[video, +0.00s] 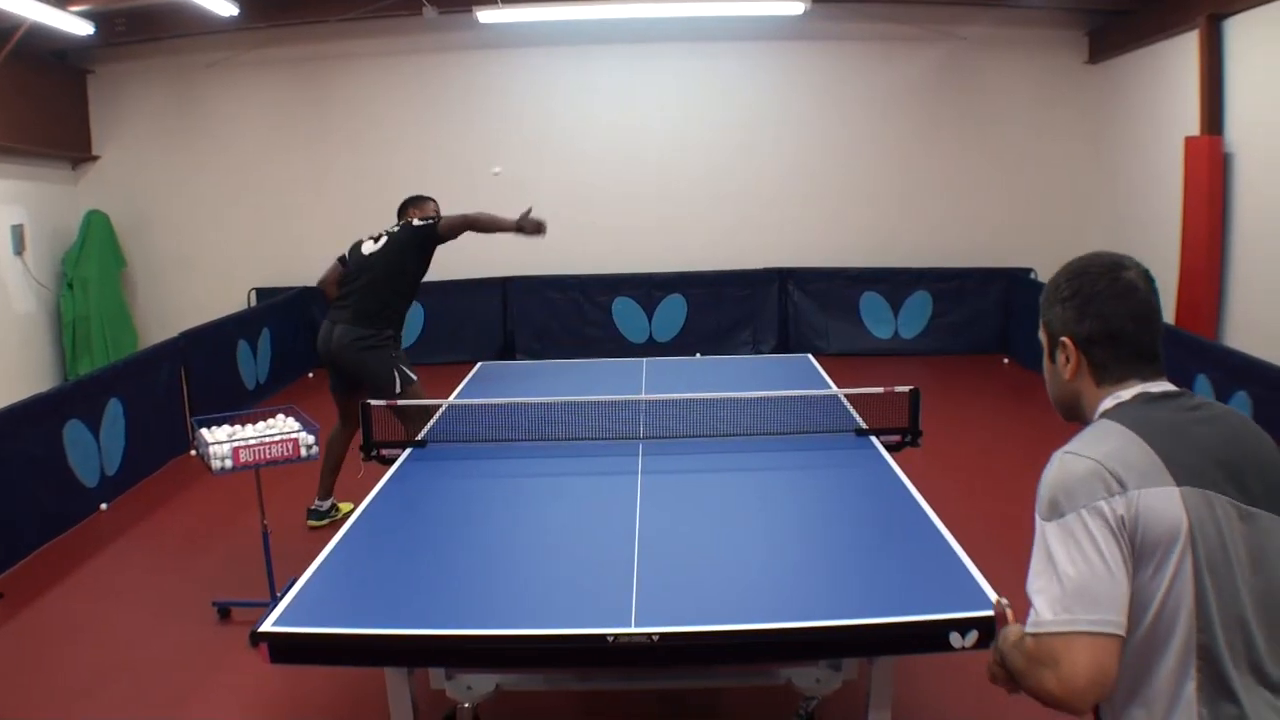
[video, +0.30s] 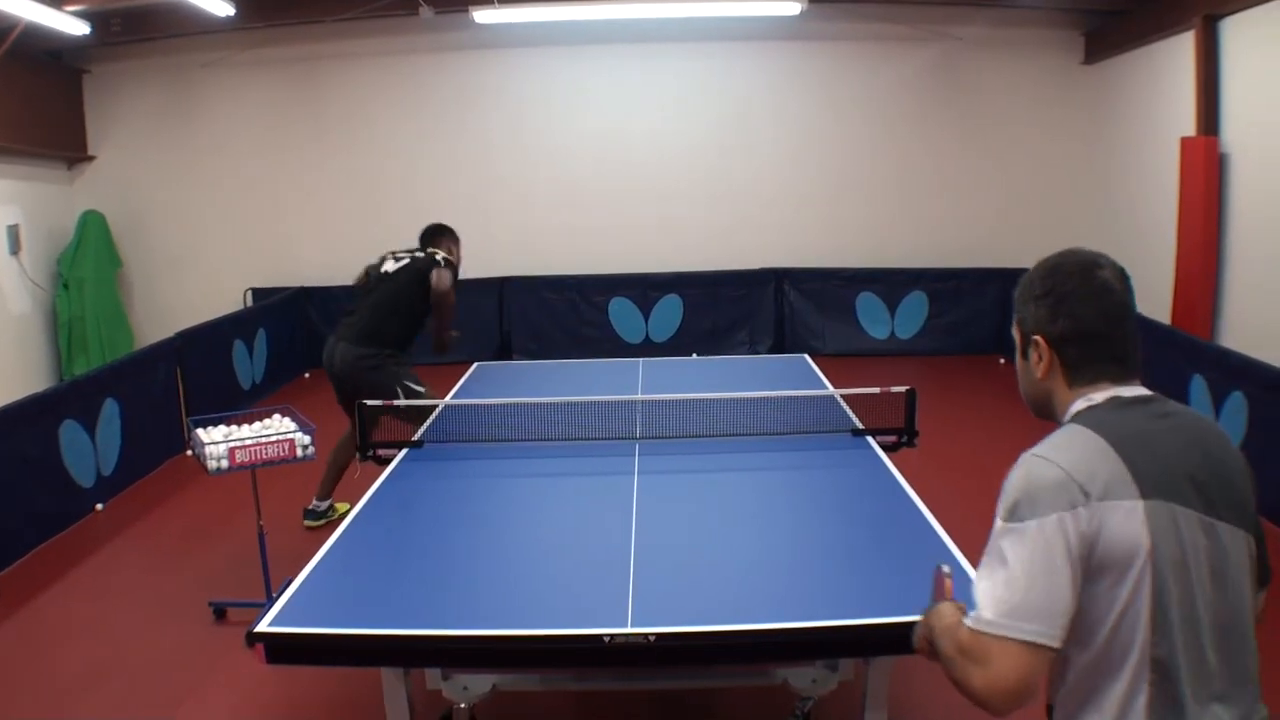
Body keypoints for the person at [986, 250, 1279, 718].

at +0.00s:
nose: (1044, 367)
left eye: (1044, 351)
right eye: (1043, 350)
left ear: (1068, 357)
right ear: (1153, 340)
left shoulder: (1091, 466)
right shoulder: (1254, 440)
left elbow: (1077, 683)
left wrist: (1011, 646)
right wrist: (1033, 662)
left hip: (1159, 709)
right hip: (1268, 704)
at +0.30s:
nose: (1016, 365)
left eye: (1015, 349)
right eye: (1013, 348)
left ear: (1040, 355)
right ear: (1124, 337)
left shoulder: (1058, 470)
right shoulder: (1216, 445)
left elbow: (1002, 685)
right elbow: (1248, 603)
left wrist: (942, 625)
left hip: (1110, 711)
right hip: (1237, 710)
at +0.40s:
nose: (1003, 353)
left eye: (1003, 335)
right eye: (1001, 335)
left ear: (1026, 339)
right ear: (1109, 323)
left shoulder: (1039, 451)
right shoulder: (1211, 433)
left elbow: (962, 654)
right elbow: (1256, 596)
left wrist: (906, 602)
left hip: (1090, 708)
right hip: (1225, 705)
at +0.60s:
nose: (1002, 342)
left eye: (1001, 326)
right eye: (1000, 325)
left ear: (1024, 328)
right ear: (1100, 310)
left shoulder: (1038, 440)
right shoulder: (1201, 412)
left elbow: (935, 611)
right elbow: (1245, 548)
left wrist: (890, 570)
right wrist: (1144, 561)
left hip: (1087, 707)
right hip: (1213, 700)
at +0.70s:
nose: (988, 348)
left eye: (987, 330)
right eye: (987, 331)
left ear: (1007, 331)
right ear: (1081, 313)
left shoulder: (1021, 432)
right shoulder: (1175, 406)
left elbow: (893, 580)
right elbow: (1221, 524)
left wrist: (871, 548)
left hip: (1067, 702)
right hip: (1190, 700)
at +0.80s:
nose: (947, 343)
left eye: (947, 327)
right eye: (947, 328)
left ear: (964, 326)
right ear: (1037, 312)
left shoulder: (971, 414)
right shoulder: (1130, 395)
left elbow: (824, 538)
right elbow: (1184, 508)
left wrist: (879, 539)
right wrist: (1089, 520)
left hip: (1030, 692)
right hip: (1150, 688)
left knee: (932, 704)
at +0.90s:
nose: (897, 359)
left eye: (897, 346)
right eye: (898, 347)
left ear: (910, 346)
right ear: (987, 340)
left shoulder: (888, 431)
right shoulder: (1073, 414)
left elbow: (747, 526)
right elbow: (1160, 526)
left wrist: (819, 527)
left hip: (957, 701)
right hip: (1085, 699)